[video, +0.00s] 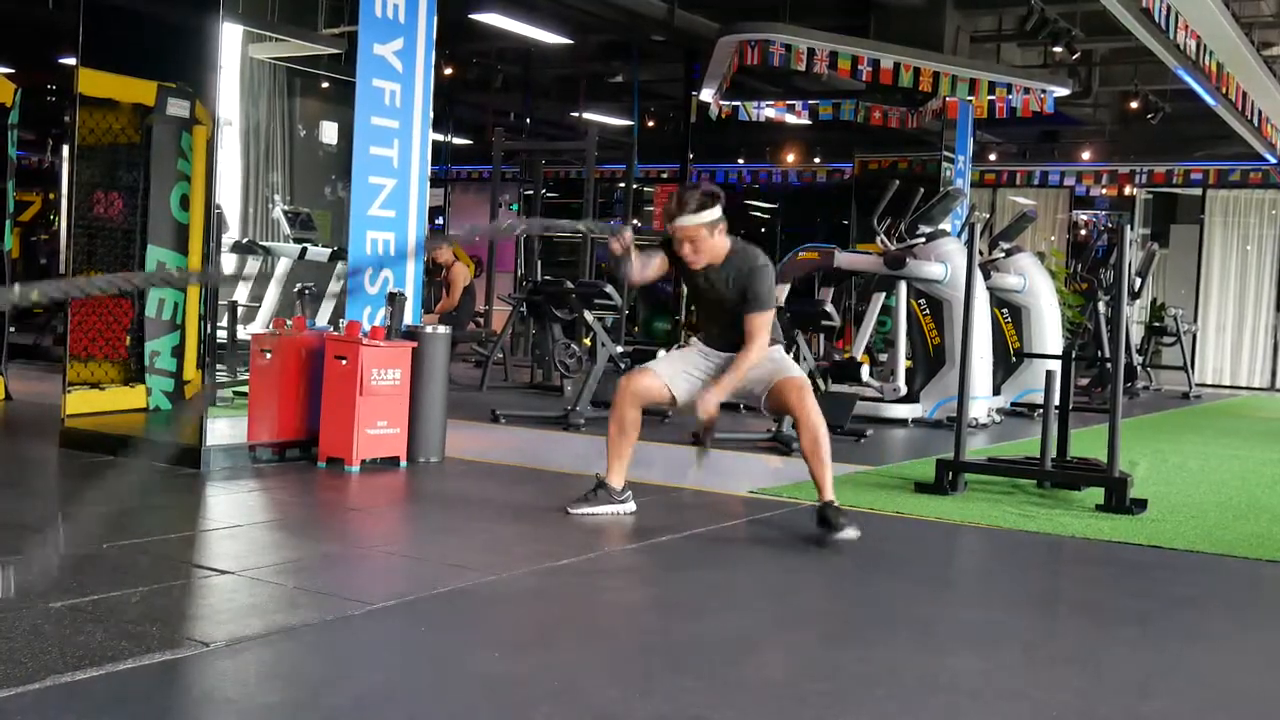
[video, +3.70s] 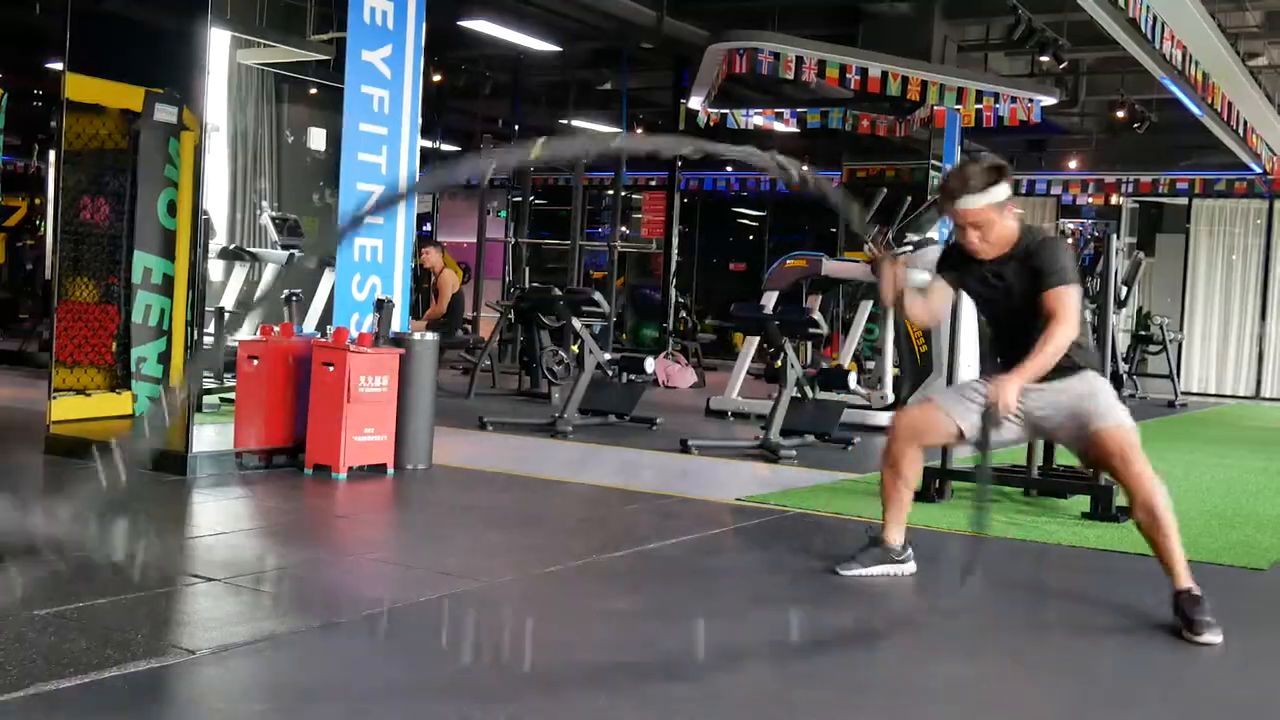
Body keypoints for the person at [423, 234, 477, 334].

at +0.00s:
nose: (437, 253)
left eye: (440, 249)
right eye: (434, 250)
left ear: (450, 249)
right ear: (431, 253)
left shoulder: (457, 269)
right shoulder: (446, 271)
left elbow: (453, 301)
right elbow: (445, 299)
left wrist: (435, 314)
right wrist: (434, 315)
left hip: (459, 320)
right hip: (451, 316)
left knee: (421, 320)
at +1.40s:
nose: (428, 254)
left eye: (432, 250)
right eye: (425, 251)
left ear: (441, 250)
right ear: (423, 254)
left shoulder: (450, 271)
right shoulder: (437, 271)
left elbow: (445, 303)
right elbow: (437, 300)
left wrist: (427, 317)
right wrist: (426, 317)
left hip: (452, 321)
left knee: (410, 321)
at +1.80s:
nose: (419, 255)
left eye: (423, 250)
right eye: (416, 251)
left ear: (433, 250)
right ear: (413, 255)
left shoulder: (440, 271)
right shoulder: (429, 273)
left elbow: (436, 304)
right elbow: (429, 301)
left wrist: (418, 317)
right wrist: (418, 318)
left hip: (443, 322)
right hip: (436, 318)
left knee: (402, 321)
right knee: (401, 320)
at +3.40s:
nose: (424, 256)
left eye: (428, 252)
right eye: (423, 254)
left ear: (441, 254)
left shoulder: (447, 275)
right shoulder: (436, 277)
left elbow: (443, 308)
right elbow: (434, 306)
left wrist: (424, 321)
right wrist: (424, 322)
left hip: (448, 327)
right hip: (441, 324)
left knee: (407, 326)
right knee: (406, 324)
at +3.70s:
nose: (423, 257)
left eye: (427, 253)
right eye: (422, 254)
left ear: (439, 255)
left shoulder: (446, 275)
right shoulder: (435, 278)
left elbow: (441, 309)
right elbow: (433, 306)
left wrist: (422, 322)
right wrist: (421, 322)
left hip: (450, 327)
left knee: (408, 325)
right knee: (407, 323)